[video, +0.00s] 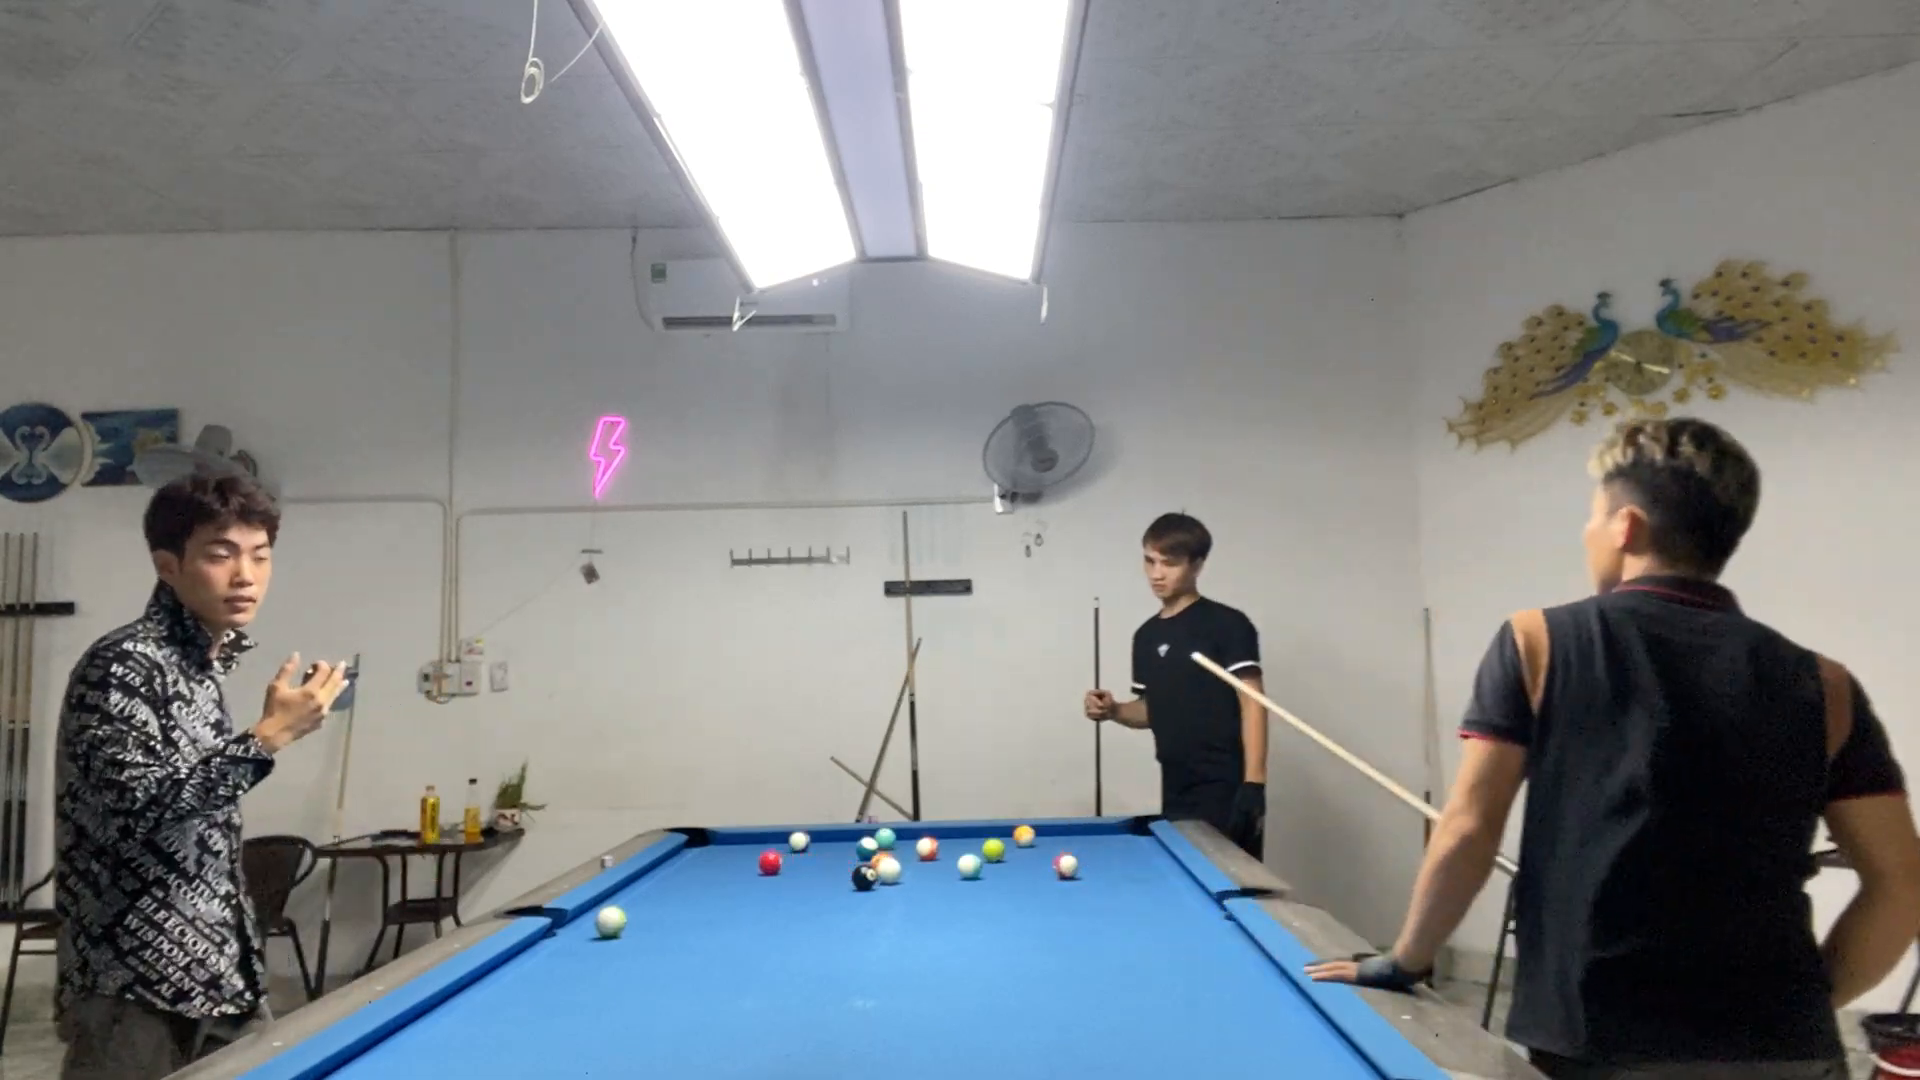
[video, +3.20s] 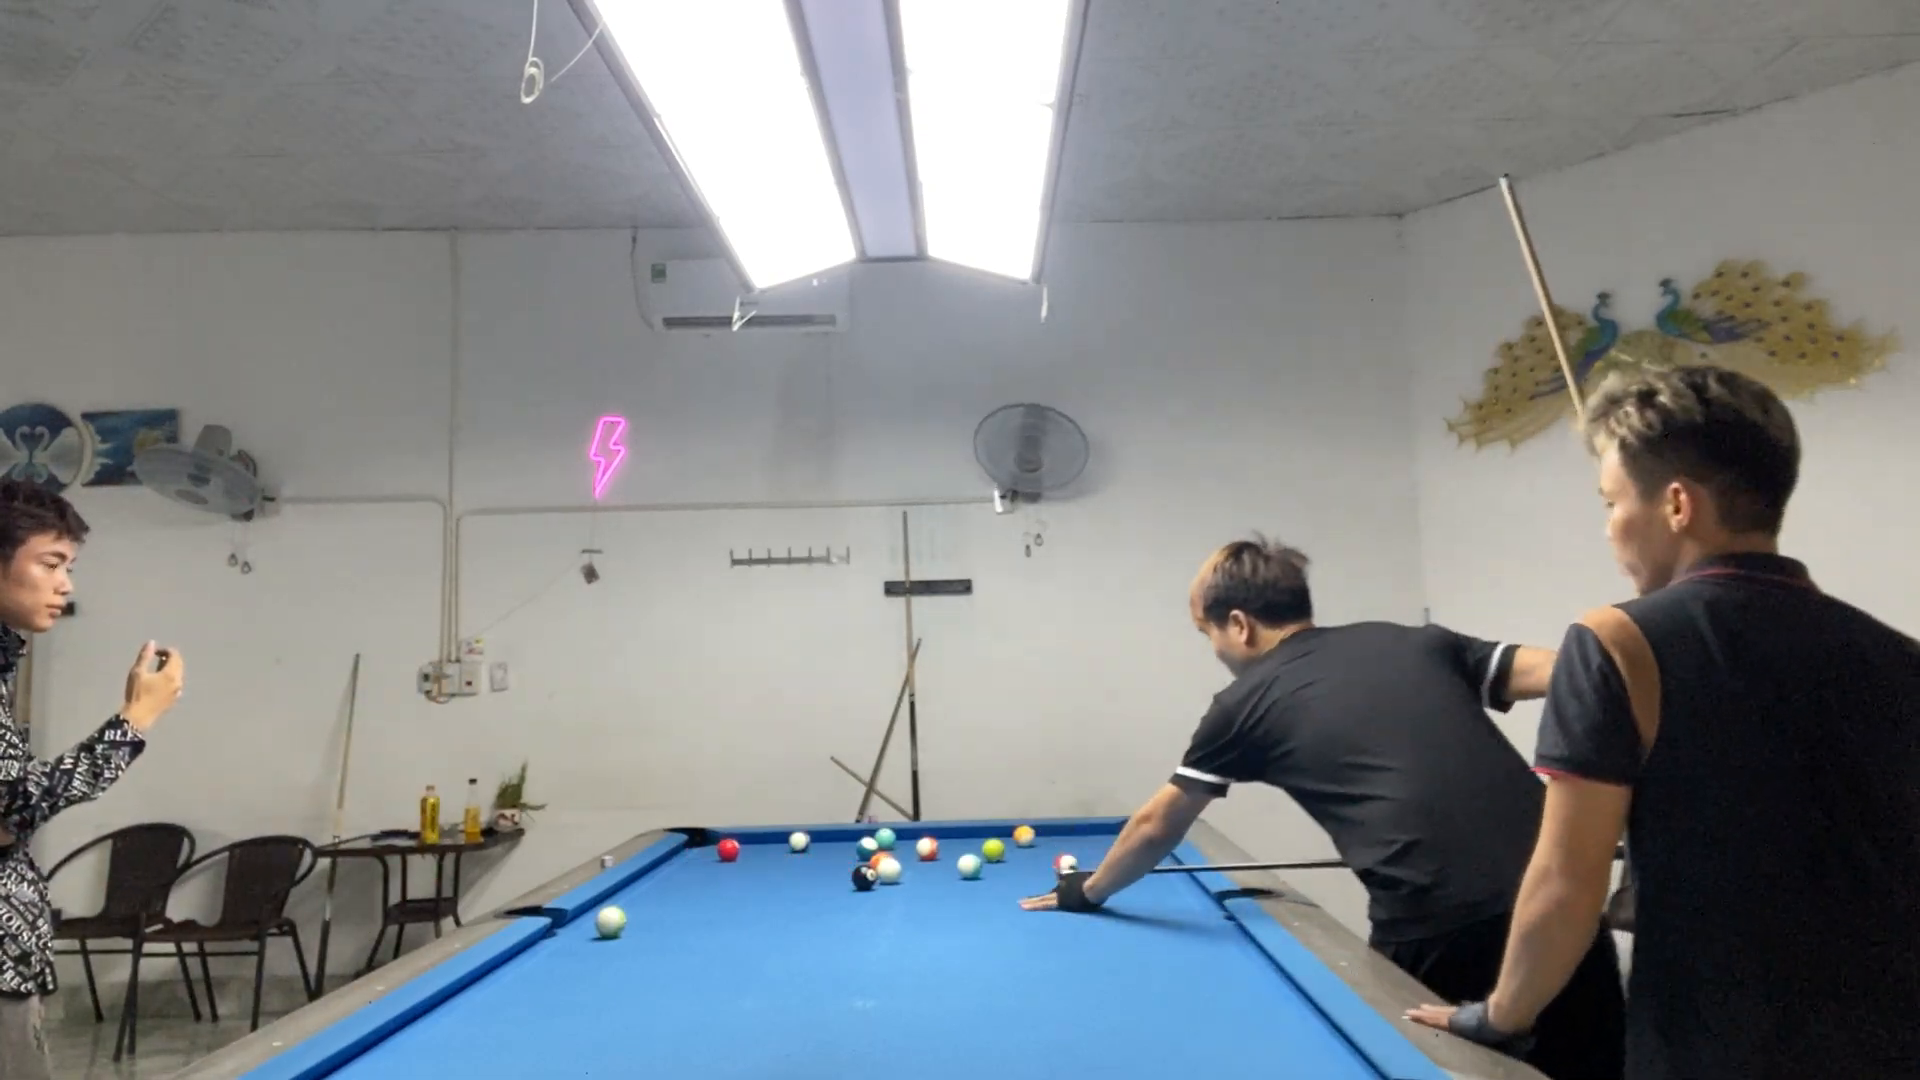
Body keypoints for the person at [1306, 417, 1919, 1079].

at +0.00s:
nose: (1586, 535)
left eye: (1593, 514)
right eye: (1591, 513)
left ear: (1628, 528)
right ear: (1721, 540)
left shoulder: (1539, 644)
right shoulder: (1821, 686)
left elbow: (1469, 830)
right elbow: (1897, 892)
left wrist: (1405, 960)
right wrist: (1797, 1001)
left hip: (1594, 1042)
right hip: (1775, 1047)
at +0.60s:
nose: (1684, 544)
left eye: (1691, 521)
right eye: (1688, 521)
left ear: (1725, 527)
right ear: (1819, 554)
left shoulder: (1618, 629)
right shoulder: (1900, 690)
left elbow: (1528, 808)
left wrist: (1447, 951)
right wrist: (1891, 990)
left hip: (1658, 1036)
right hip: (1847, 1042)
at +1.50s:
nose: (1718, 562)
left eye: (1726, 537)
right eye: (1724, 539)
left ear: (1756, 537)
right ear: (1856, 576)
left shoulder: (1636, 626)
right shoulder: (1904, 695)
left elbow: (1534, 795)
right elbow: (1902, 872)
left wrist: (1446, 934)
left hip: (1662, 1027)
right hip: (1850, 1038)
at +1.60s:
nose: (1721, 565)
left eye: (1729, 540)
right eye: (1727, 542)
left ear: (1760, 540)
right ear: (1858, 579)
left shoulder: (1638, 627)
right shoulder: (1905, 694)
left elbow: (1535, 796)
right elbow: (1901, 874)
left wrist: (1446, 933)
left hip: (1667, 1029)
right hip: (1856, 1040)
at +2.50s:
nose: (1737, 550)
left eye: (1745, 524)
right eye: (1743, 525)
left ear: (1781, 530)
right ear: (1874, 563)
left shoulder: (1654, 623)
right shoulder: (1909, 681)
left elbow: (1541, 794)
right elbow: (1909, 885)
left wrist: (1445, 928)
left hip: (1670, 1029)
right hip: (1861, 1041)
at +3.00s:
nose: (1659, 514)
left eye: (1665, 490)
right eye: (1658, 491)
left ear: (1724, 501)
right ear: (1815, 505)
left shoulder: (1638, 632)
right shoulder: (1901, 653)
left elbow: (1542, 831)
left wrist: (1464, 944)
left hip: (1696, 1050)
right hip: (1879, 1046)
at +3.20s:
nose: (1608, 533)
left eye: (1611, 504)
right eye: (1605, 507)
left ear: (1678, 506)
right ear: (1769, 502)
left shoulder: (1620, 646)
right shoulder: (1898, 656)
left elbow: (1566, 887)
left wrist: (1503, 1017)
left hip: (1703, 1055)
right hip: (1884, 1049)